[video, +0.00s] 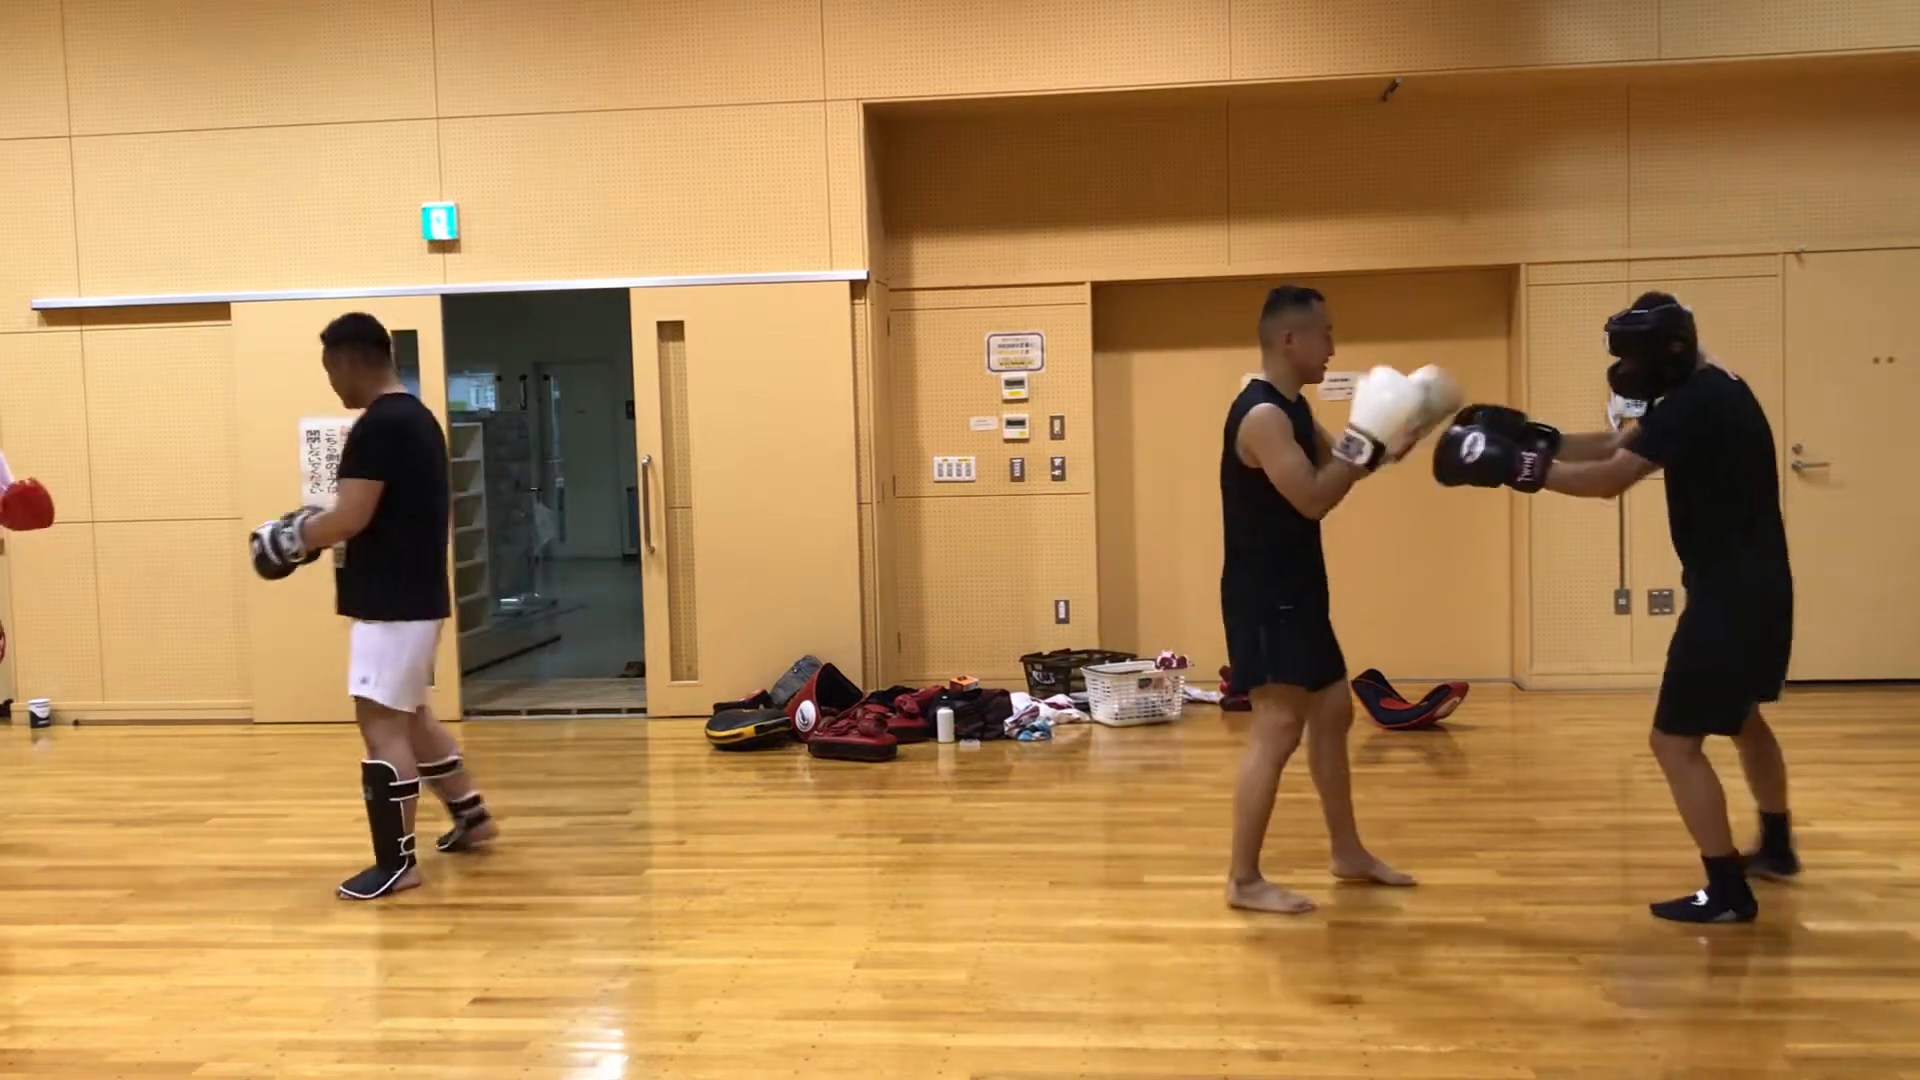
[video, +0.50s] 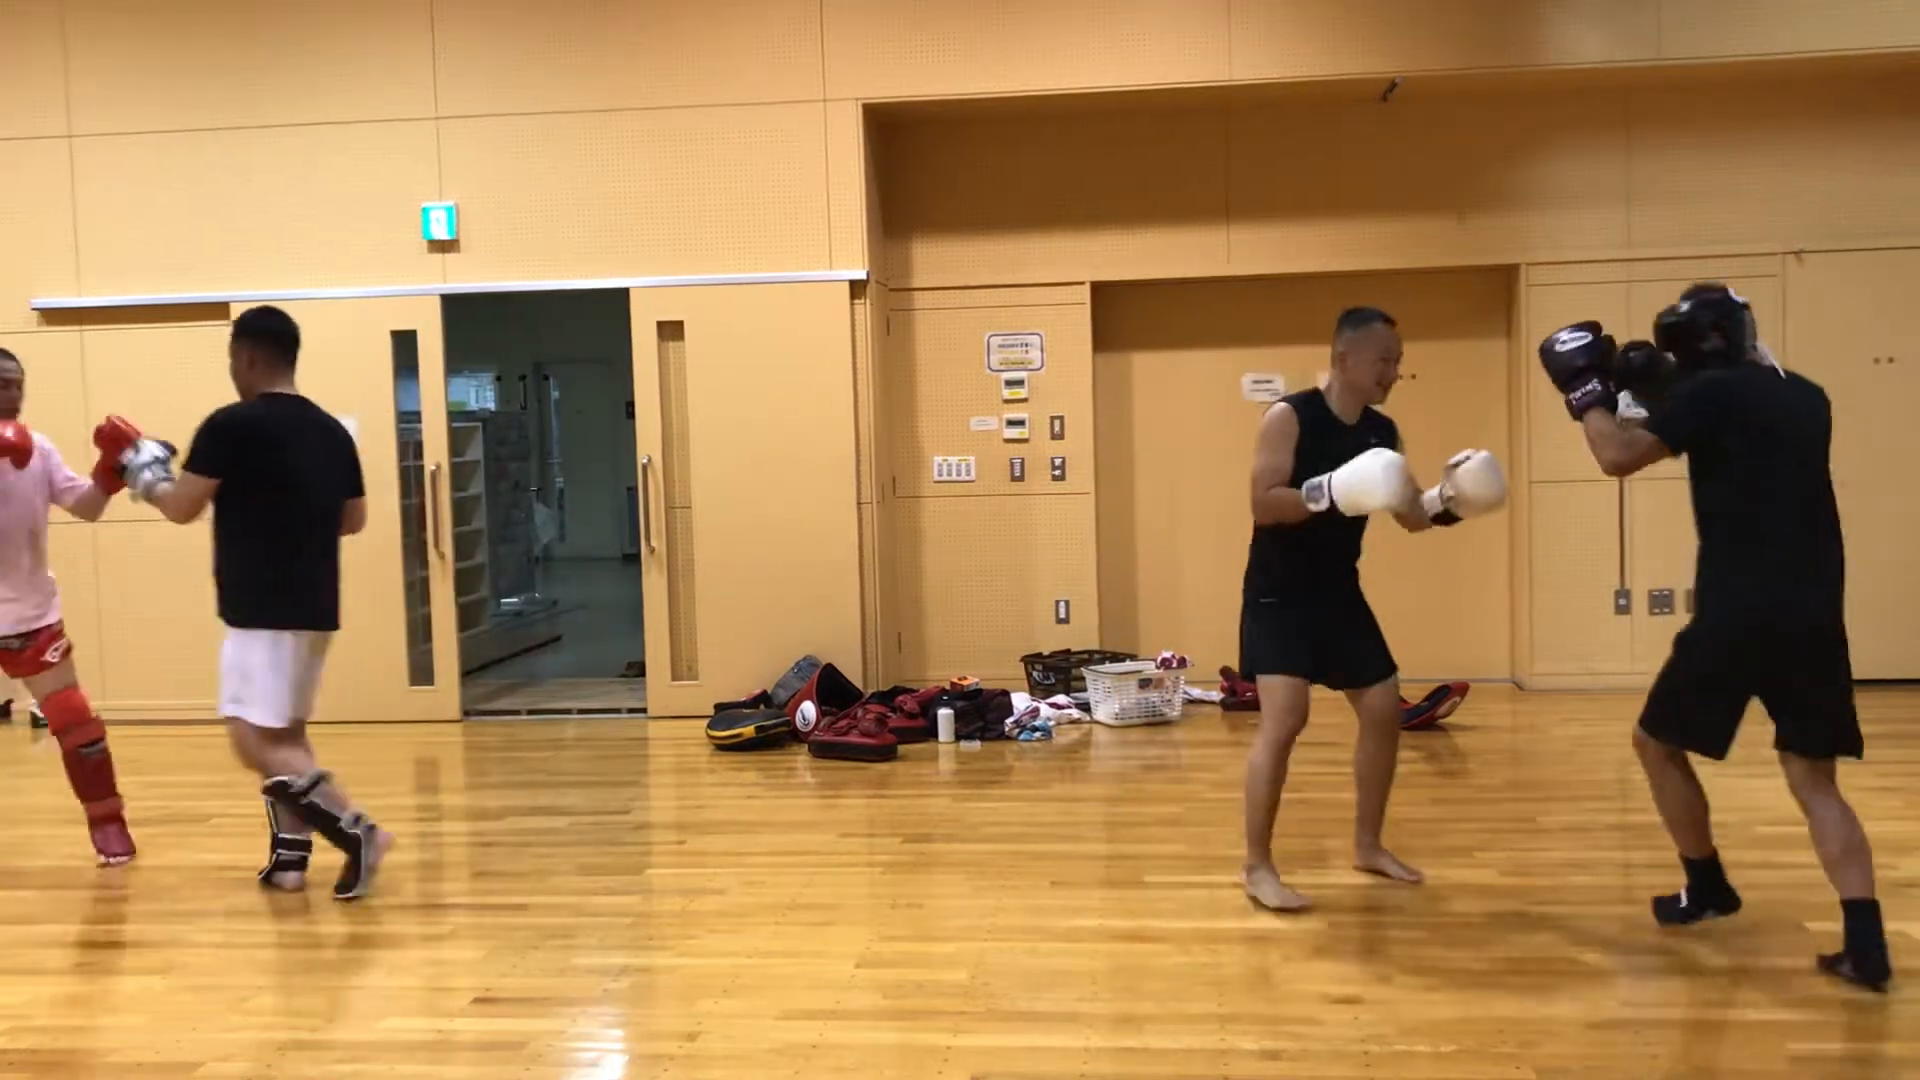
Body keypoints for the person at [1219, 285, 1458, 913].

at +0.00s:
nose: (1330, 348)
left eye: (1330, 336)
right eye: (1323, 335)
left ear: (1288, 341)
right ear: (1287, 339)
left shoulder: (1290, 408)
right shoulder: (1262, 415)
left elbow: (1343, 466)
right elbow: (1313, 500)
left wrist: (1401, 434)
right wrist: (1361, 442)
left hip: (1297, 595)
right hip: (1266, 598)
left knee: (1332, 711)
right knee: (1276, 725)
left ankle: (1348, 853)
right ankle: (1243, 879)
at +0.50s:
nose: (1396, 373)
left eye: (1398, 362)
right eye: (1386, 361)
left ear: (1376, 364)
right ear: (1344, 358)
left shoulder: (1381, 432)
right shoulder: (1288, 418)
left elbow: (1409, 516)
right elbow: (1263, 506)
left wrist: (1448, 501)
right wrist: (1329, 492)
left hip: (1339, 592)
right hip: (1278, 592)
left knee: (1383, 709)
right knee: (1283, 719)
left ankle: (1368, 847)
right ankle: (1258, 867)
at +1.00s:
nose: (1269, 385)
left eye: (1277, 374)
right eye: (1257, 374)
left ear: (1289, 375)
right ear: (1233, 373)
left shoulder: (1305, 435)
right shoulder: (1195, 436)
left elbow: (1356, 506)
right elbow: (1212, 500)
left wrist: (1367, 457)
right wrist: (1236, 434)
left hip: (1295, 605)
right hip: (1226, 608)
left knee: (1350, 720)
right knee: (1188, 732)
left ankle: (1370, 843)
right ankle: (1210, 835)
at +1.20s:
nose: (1242, 386)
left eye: (1251, 374)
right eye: (1231, 375)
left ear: (1261, 366)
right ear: (1204, 368)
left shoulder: (1279, 424)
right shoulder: (1172, 429)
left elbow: (1329, 496)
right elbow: (1176, 495)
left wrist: (1322, 441)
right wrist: (1201, 434)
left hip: (1276, 595)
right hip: (1209, 599)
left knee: (1312, 712)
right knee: (1187, 729)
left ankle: (1335, 858)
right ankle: (1209, 834)